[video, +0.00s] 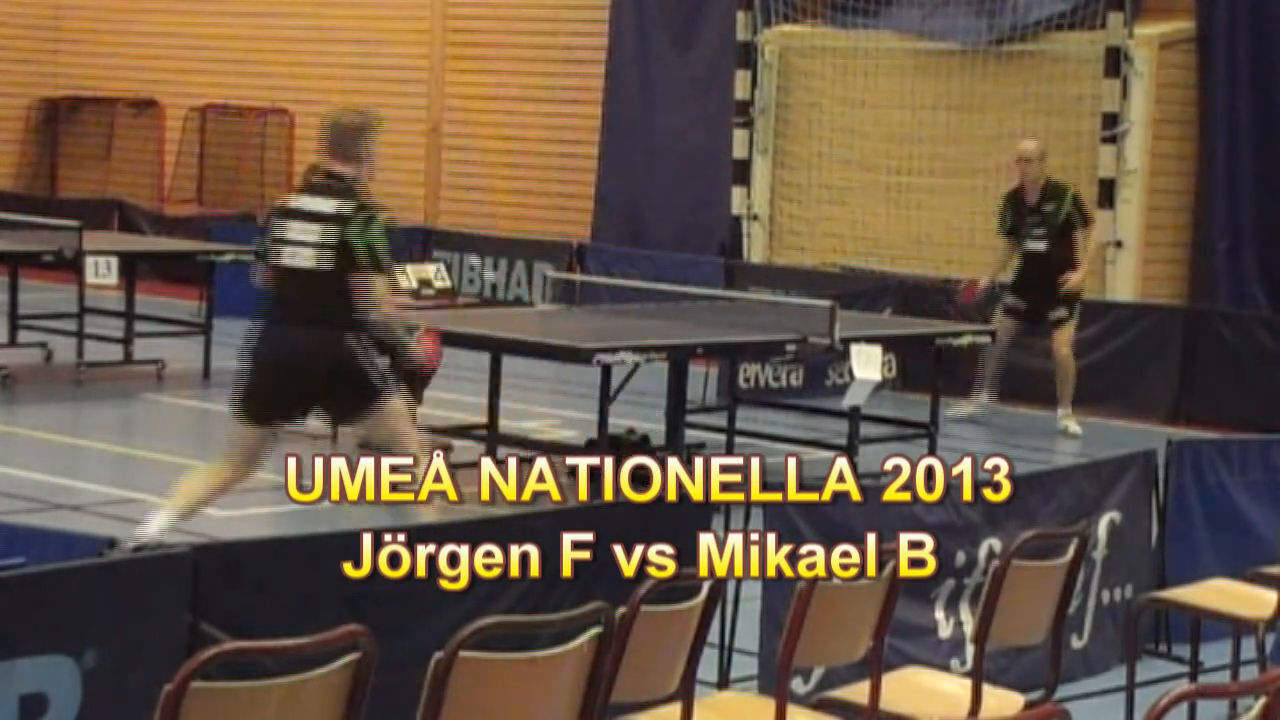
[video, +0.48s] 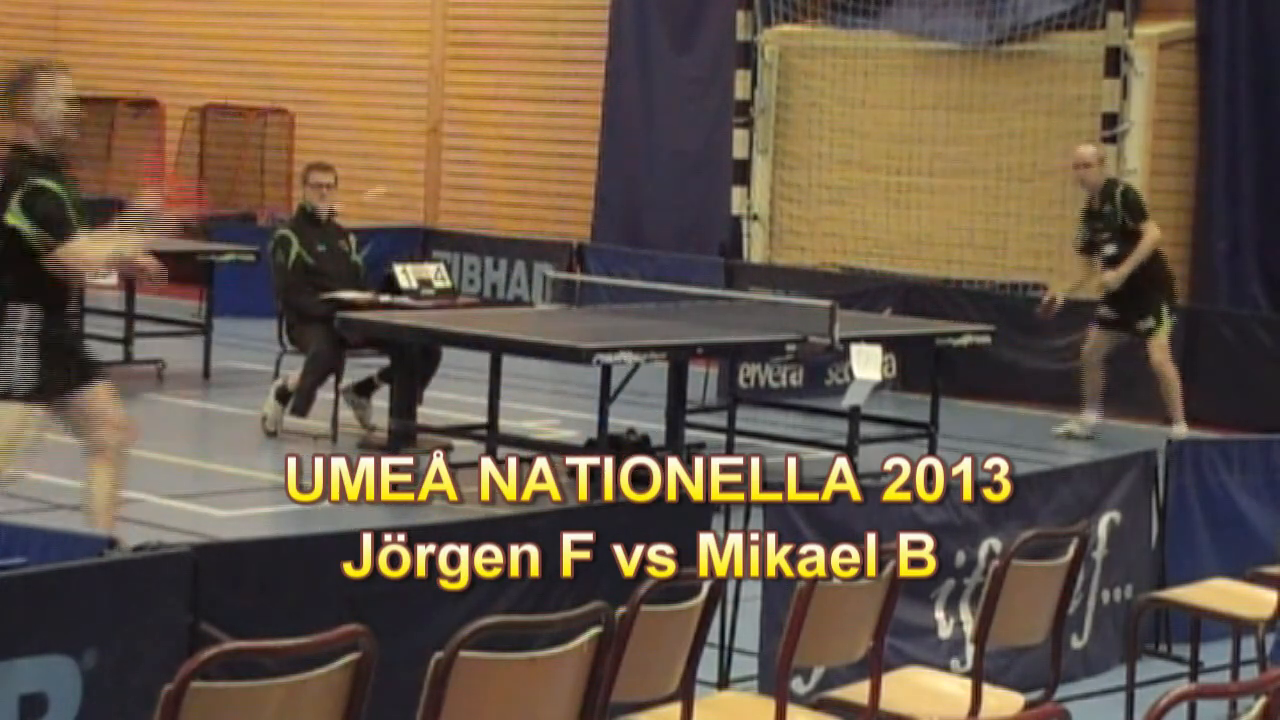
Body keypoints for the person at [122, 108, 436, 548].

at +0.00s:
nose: (376, 160)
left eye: (375, 151)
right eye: (374, 152)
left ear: (327, 151)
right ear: (365, 156)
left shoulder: (290, 207)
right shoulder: (361, 214)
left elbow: (264, 274)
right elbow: (372, 295)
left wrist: (314, 290)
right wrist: (409, 331)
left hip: (280, 349)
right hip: (340, 353)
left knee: (234, 463)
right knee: (411, 453)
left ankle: (155, 526)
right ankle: (435, 548)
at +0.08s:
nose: (328, 158)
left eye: (327, 150)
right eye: (323, 151)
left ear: (277, 150)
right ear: (311, 153)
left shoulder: (239, 200)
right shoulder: (297, 210)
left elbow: (229, 277)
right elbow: (279, 290)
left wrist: (305, 274)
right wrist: (333, 346)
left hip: (222, 349)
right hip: (278, 354)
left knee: (205, 462)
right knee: (353, 449)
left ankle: (129, 540)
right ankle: (399, 545)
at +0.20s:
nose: (255, 159)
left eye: (255, 150)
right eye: (251, 150)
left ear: (211, 148)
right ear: (235, 150)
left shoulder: (202, 197)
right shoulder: (198, 201)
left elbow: (211, 262)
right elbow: (143, 268)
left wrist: (272, 272)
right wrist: (186, 324)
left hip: (153, 350)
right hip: (184, 347)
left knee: (180, 467)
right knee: (293, 432)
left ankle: (122, 549)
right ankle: (301, 547)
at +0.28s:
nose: (209, 155)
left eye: (211, 145)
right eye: (202, 143)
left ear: (192, 147)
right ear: (173, 142)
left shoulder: (171, 198)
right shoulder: (143, 196)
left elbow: (175, 263)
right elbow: (91, 252)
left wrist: (232, 279)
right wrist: (96, 301)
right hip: (137, 338)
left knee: (169, 461)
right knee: (241, 429)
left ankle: (122, 550)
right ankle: (200, 543)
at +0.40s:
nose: (135, 129)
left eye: (136, 119)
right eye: (126, 118)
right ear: (93, 120)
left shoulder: (107, 186)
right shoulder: (64, 191)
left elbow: (104, 266)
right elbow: (52, 277)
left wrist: (155, 280)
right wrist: (134, 297)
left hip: (98, 324)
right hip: (69, 329)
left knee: (131, 442)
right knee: (131, 436)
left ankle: (112, 549)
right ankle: (22, 514)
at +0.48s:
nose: (69, 112)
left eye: (68, 101)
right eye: (54, 102)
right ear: (23, 110)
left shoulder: (53, 177)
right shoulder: (20, 181)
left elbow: (81, 237)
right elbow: (61, 255)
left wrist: (133, 247)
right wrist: (124, 253)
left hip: (53, 340)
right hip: (19, 340)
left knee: (110, 429)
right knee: (8, 445)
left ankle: (102, 541)